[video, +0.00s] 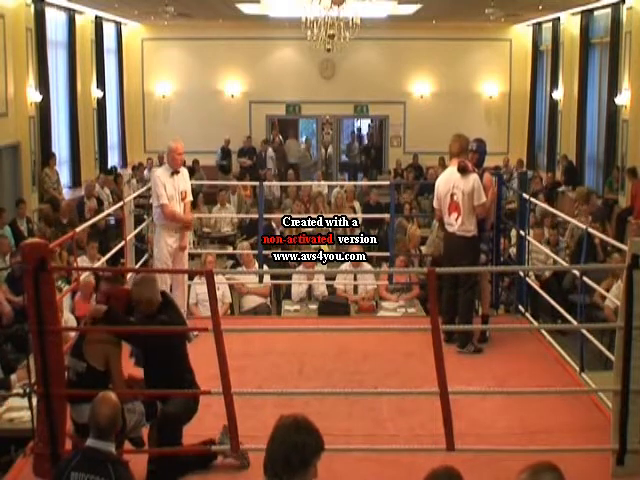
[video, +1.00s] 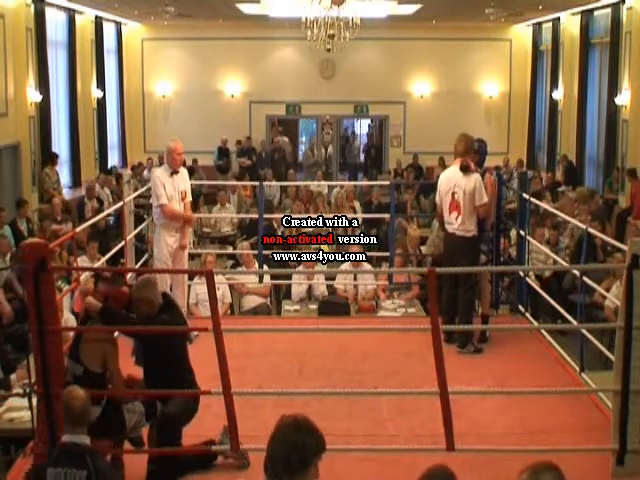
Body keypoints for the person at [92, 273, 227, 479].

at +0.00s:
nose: (140, 308)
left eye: (144, 303)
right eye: (137, 303)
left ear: (154, 300)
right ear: (133, 299)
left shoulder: (167, 323)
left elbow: (137, 334)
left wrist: (108, 314)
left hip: (183, 393)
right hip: (159, 392)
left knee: (167, 415)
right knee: (162, 466)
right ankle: (214, 447)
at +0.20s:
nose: (140, 307)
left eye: (144, 303)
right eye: (138, 302)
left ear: (154, 300)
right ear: (136, 299)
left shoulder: (169, 322)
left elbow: (135, 329)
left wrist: (100, 311)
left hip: (183, 393)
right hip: (157, 393)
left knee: (167, 416)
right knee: (165, 466)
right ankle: (213, 449)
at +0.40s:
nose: (140, 307)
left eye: (143, 303)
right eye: (138, 302)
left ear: (154, 302)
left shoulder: (168, 322)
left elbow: (132, 327)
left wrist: (100, 310)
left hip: (183, 394)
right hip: (158, 393)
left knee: (166, 417)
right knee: (166, 466)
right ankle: (214, 448)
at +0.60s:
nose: (141, 307)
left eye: (144, 302)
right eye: (138, 302)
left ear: (153, 301)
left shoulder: (168, 323)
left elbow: (134, 327)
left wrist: (99, 310)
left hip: (183, 394)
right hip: (158, 393)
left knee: (167, 416)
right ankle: (214, 448)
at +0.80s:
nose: (142, 307)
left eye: (145, 303)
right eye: (139, 302)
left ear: (154, 301)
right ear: (137, 300)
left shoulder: (169, 322)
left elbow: (133, 326)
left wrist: (99, 309)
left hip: (183, 393)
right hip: (157, 393)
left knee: (167, 416)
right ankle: (214, 448)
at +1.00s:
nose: (137, 308)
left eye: (141, 303)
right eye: (136, 303)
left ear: (152, 302)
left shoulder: (169, 321)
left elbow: (133, 327)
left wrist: (99, 309)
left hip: (183, 393)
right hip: (157, 392)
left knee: (167, 416)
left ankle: (157, 470)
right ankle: (213, 449)